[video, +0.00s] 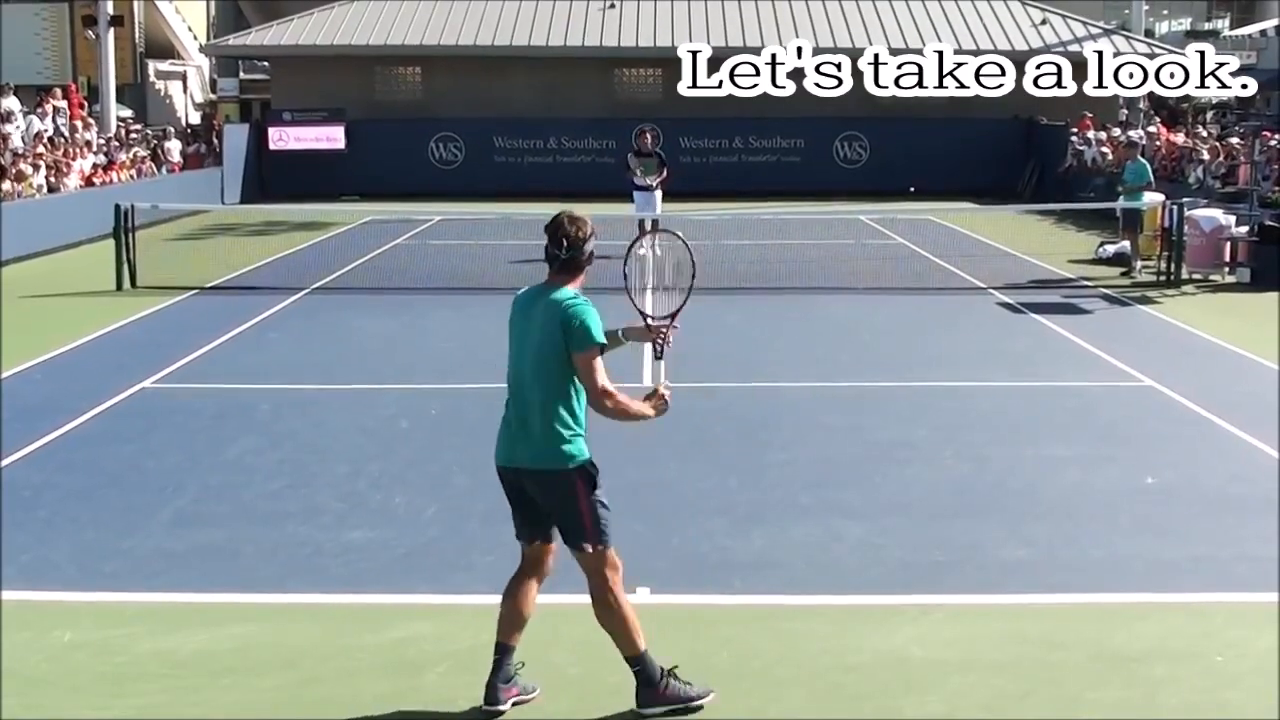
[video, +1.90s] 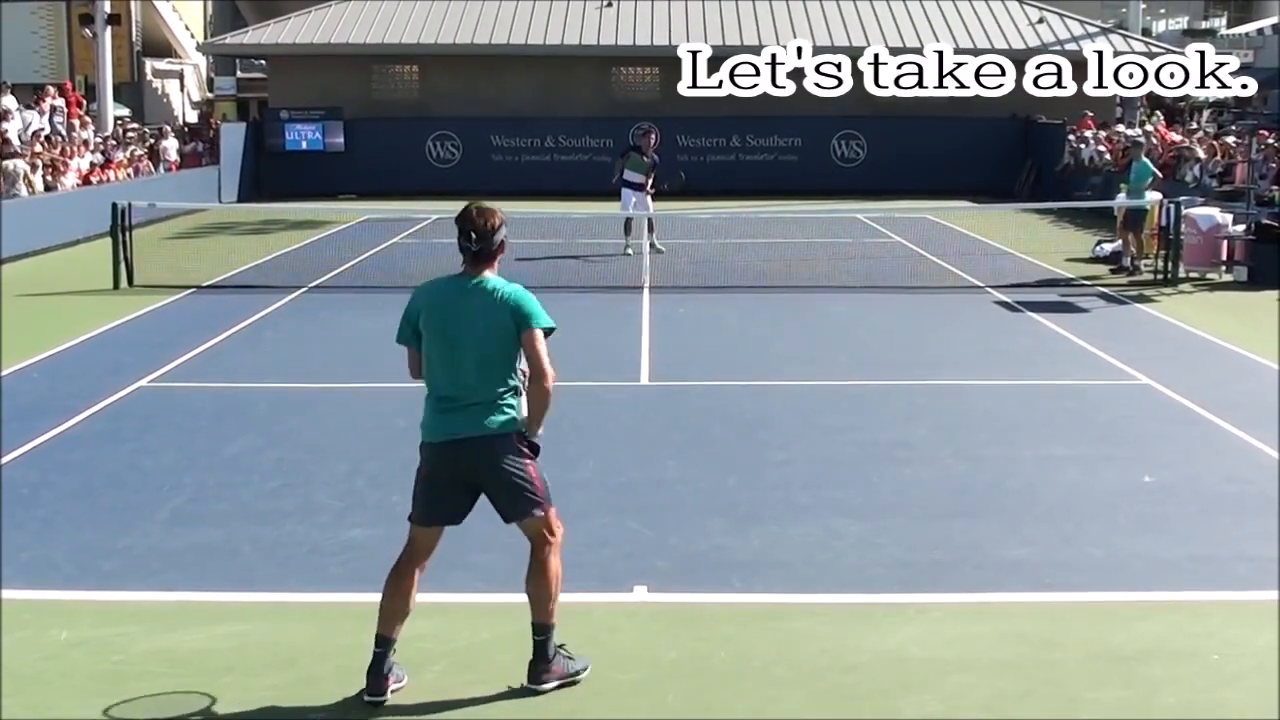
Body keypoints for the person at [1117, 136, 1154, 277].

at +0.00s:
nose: (1125, 153)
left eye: (1127, 150)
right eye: (1125, 150)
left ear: (1135, 150)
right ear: (1127, 150)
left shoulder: (1143, 165)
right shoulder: (1127, 164)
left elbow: (1150, 184)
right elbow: (1124, 180)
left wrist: (1131, 188)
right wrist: (1121, 186)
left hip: (1136, 204)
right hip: (1126, 202)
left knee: (1134, 235)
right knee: (1129, 234)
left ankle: (1136, 265)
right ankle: (1133, 264)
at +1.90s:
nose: (1131, 152)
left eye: (1133, 149)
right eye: (1131, 149)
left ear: (1139, 150)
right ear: (1133, 150)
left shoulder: (1145, 163)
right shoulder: (1135, 163)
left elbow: (1158, 176)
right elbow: (1137, 180)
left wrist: (1148, 188)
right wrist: (1128, 188)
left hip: (1140, 204)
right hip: (1131, 203)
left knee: (1137, 234)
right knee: (1124, 232)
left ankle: (1138, 264)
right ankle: (1126, 262)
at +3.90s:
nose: (1128, 151)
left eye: (1130, 148)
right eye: (1128, 148)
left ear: (1137, 149)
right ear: (1131, 150)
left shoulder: (1144, 163)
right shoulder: (1132, 163)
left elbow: (1155, 179)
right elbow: (1132, 181)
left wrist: (1143, 191)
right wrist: (1125, 188)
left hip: (1138, 203)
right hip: (1128, 202)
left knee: (1135, 233)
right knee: (1121, 231)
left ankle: (1135, 264)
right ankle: (1122, 262)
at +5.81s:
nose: (1130, 154)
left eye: (1133, 151)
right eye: (1130, 151)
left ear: (1140, 151)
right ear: (1132, 152)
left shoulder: (1147, 164)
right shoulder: (1134, 165)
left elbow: (1158, 181)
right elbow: (1136, 182)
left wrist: (1146, 193)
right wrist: (1128, 190)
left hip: (1142, 204)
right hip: (1131, 203)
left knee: (1139, 234)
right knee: (1124, 232)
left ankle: (1138, 265)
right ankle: (1125, 263)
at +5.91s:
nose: (1129, 154)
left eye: (1132, 151)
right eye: (1129, 151)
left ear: (1139, 151)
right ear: (1131, 152)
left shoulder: (1146, 165)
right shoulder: (1134, 165)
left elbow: (1157, 181)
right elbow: (1135, 182)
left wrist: (1146, 193)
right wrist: (1128, 190)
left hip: (1141, 205)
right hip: (1131, 203)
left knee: (1139, 235)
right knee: (1124, 233)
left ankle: (1138, 265)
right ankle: (1124, 263)